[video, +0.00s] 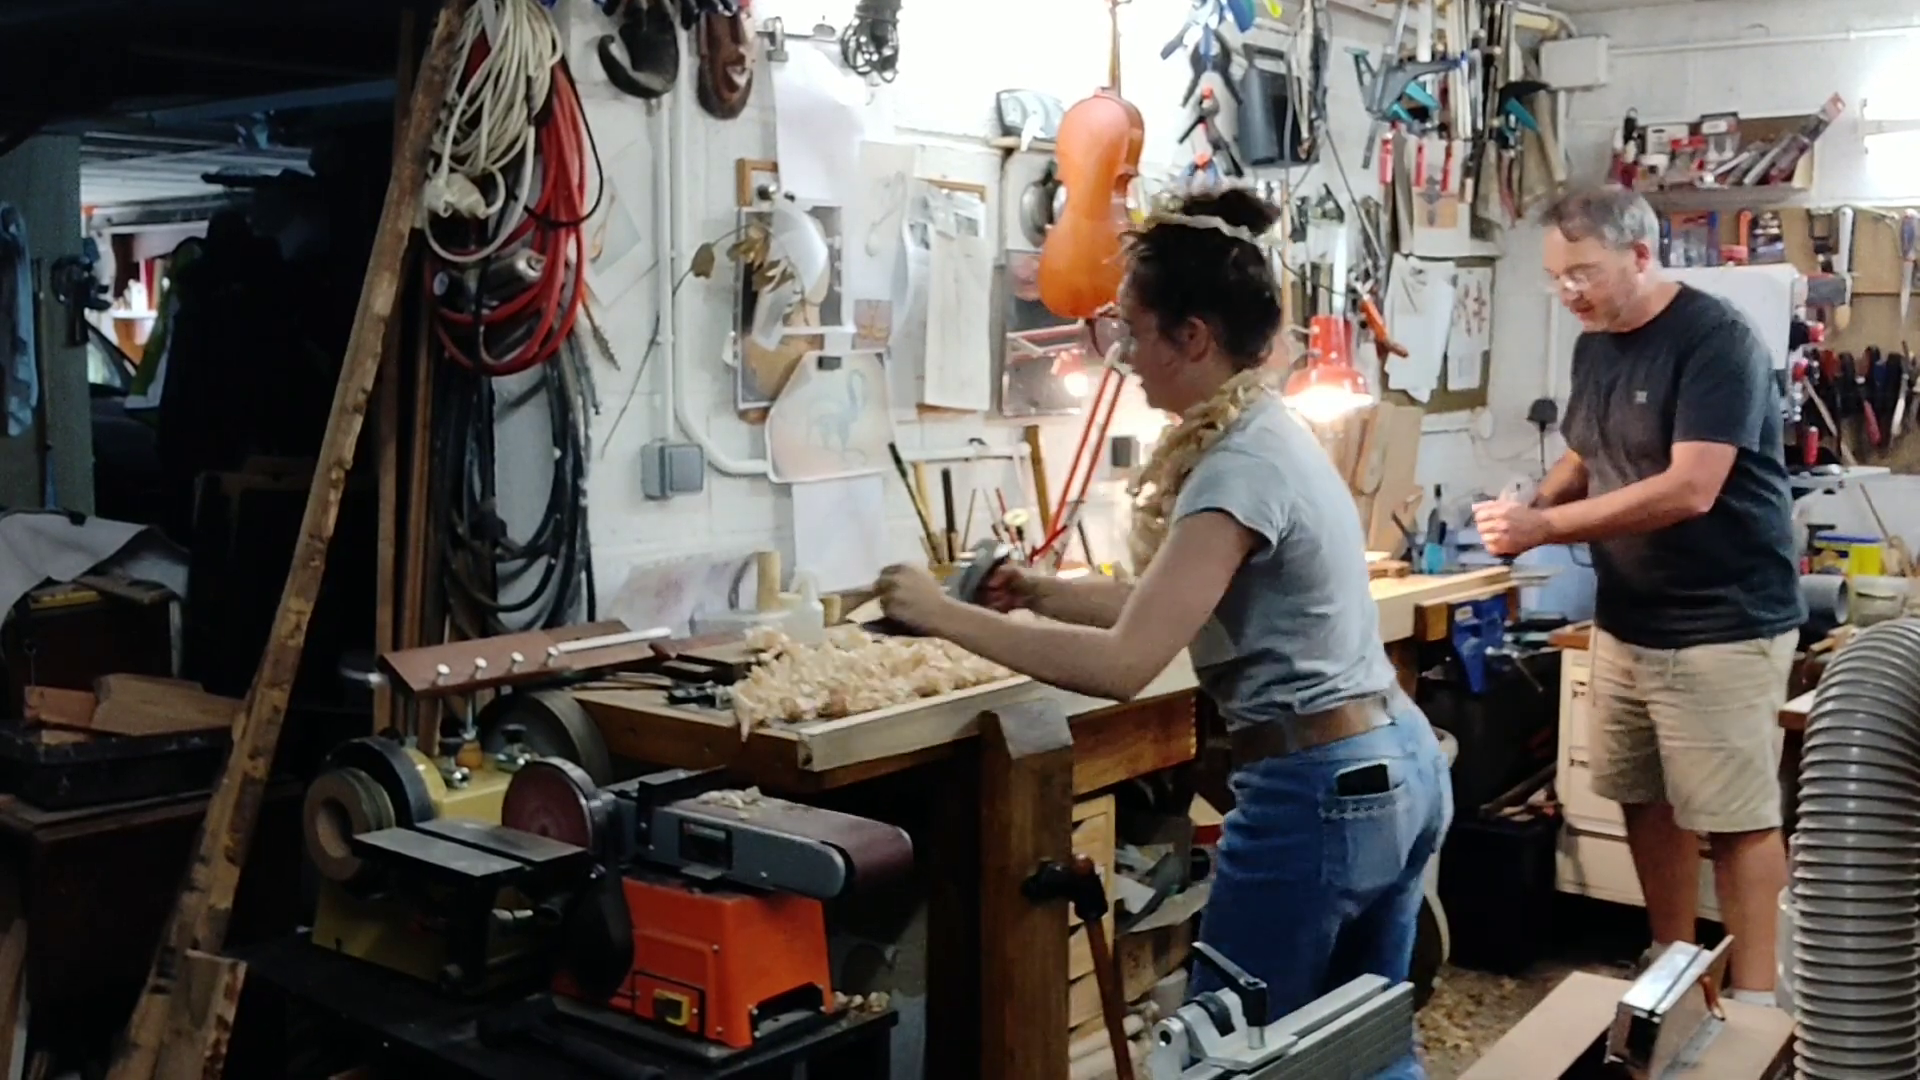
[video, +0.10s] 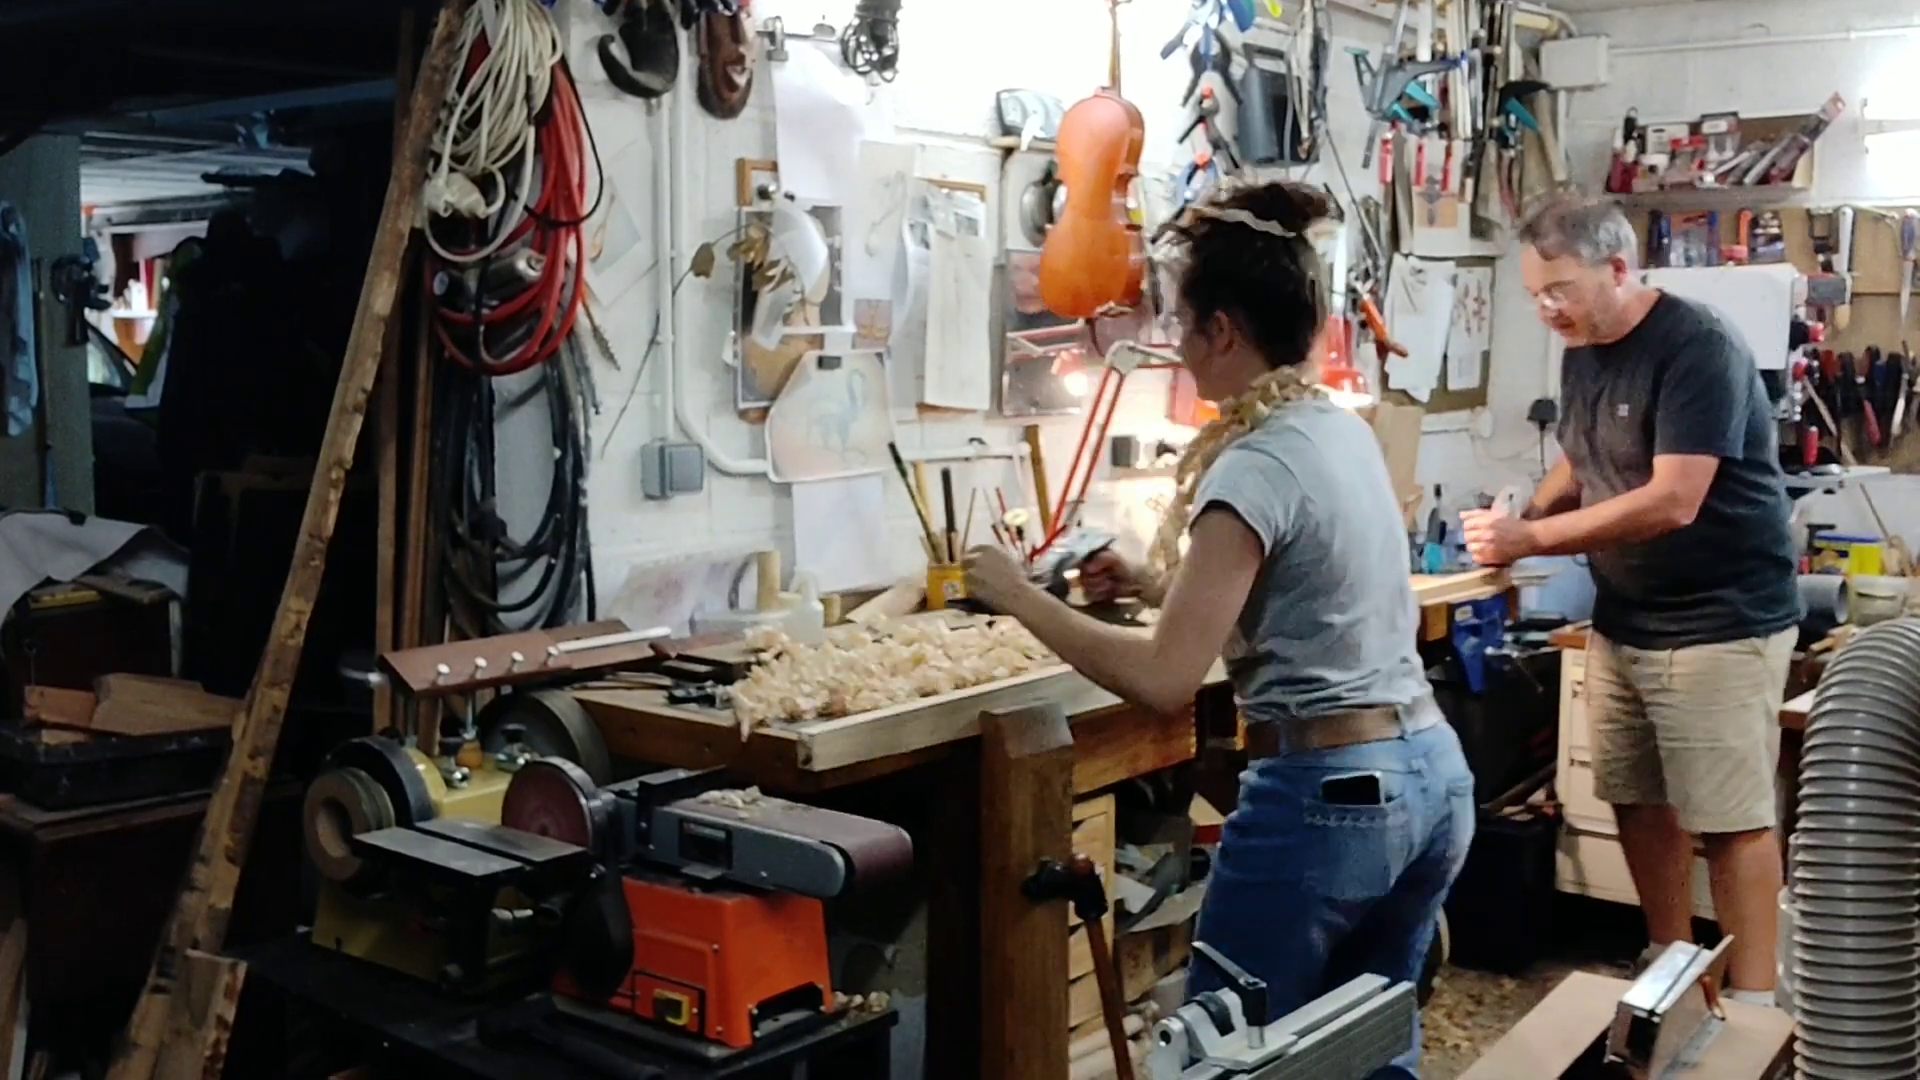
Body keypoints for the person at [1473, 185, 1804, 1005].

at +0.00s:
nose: (1567, 294)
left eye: (1579, 274)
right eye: (1557, 279)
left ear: (1640, 255)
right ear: (1556, 272)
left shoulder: (1718, 338)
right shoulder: (1594, 347)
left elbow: (1692, 490)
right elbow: (1584, 457)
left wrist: (1547, 526)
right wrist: (1533, 507)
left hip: (1726, 630)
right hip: (1627, 625)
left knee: (1736, 818)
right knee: (1646, 804)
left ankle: (1754, 1000)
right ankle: (1674, 966)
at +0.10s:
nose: (1547, 312)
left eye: (1558, 290)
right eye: (1536, 295)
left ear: (1616, 267)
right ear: (1532, 288)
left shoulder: (1700, 348)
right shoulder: (1583, 357)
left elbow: (1673, 503)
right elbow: (1577, 465)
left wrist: (1530, 538)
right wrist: (1523, 521)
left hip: (1722, 629)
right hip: (1625, 626)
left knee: (1731, 818)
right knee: (1639, 804)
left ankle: (1753, 1001)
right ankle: (1671, 969)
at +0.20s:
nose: (1529, 326)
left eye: (1538, 305)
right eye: (1519, 309)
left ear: (1598, 281)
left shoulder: (1686, 354)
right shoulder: (1573, 364)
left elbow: (1667, 512)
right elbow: (1573, 473)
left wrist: (1527, 549)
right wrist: (1522, 527)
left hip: (1713, 632)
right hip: (1618, 628)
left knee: (1723, 822)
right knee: (1630, 808)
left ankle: (1752, 1008)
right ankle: (1663, 969)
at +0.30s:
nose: (1512, 341)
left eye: (1520, 320)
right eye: (1504, 327)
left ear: (1579, 294)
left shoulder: (1666, 361)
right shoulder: (1559, 382)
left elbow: (1665, 520)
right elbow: (1561, 483)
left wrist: (1524, 552)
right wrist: (1501, 527)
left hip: (1710, 629)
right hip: (1615, 630)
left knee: (1710, 816)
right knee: (1620, 805)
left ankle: (1748, 999)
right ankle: (1656, 961)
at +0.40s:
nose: (1497, 359)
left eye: (1504, 338)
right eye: (1488, 345)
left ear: (1561, 308)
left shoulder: (1650, 369)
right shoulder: (1545, 391)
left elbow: (1664, 529)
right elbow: (1562, 504)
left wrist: (1546, 552)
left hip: (1707, 629)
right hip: (1607, 631)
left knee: (1697, 815)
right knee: (1612, 808)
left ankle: (1756, 999)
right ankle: (1663, 967)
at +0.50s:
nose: (1488, 373)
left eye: (1495, 354)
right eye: (1478, 359)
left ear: (1549, 322)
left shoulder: (1639, 375)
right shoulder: (1538, 395)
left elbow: (1663, 537)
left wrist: (1546, 554)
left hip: (1705, 629)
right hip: (1607, 630)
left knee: (1695, 816)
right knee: (1608, 807)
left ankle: (1754, 999)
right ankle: (1664, 963)